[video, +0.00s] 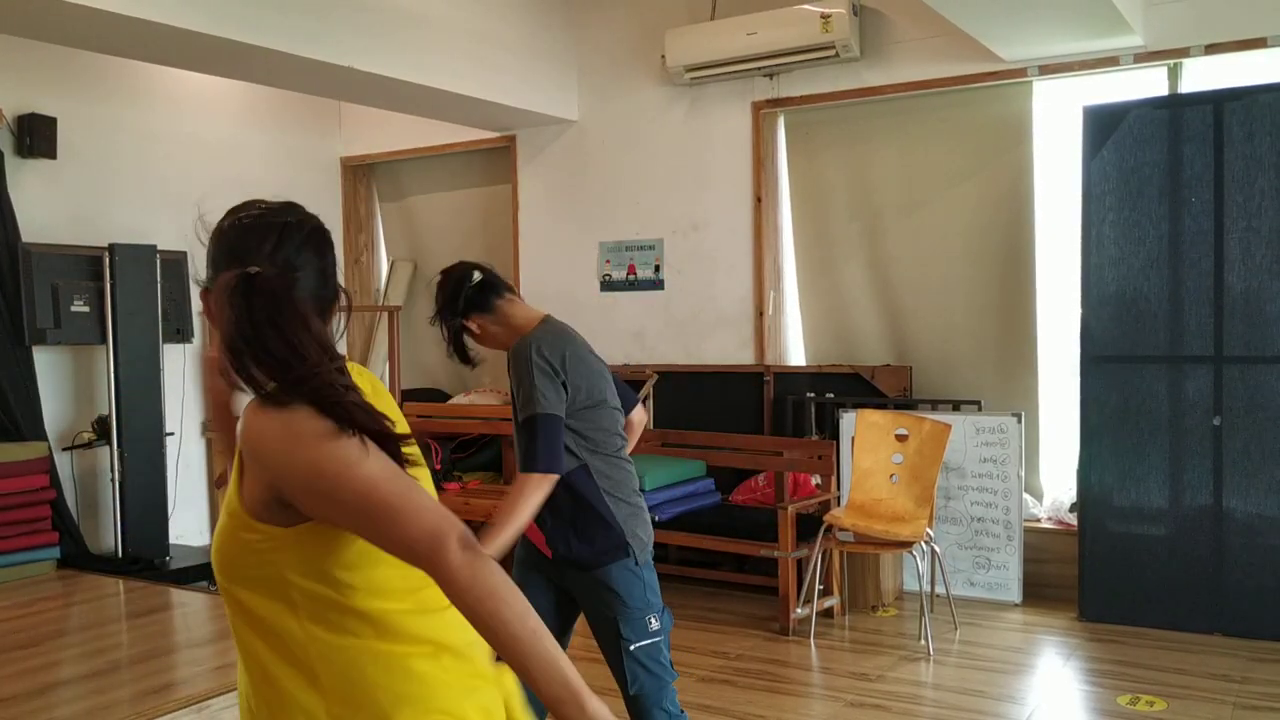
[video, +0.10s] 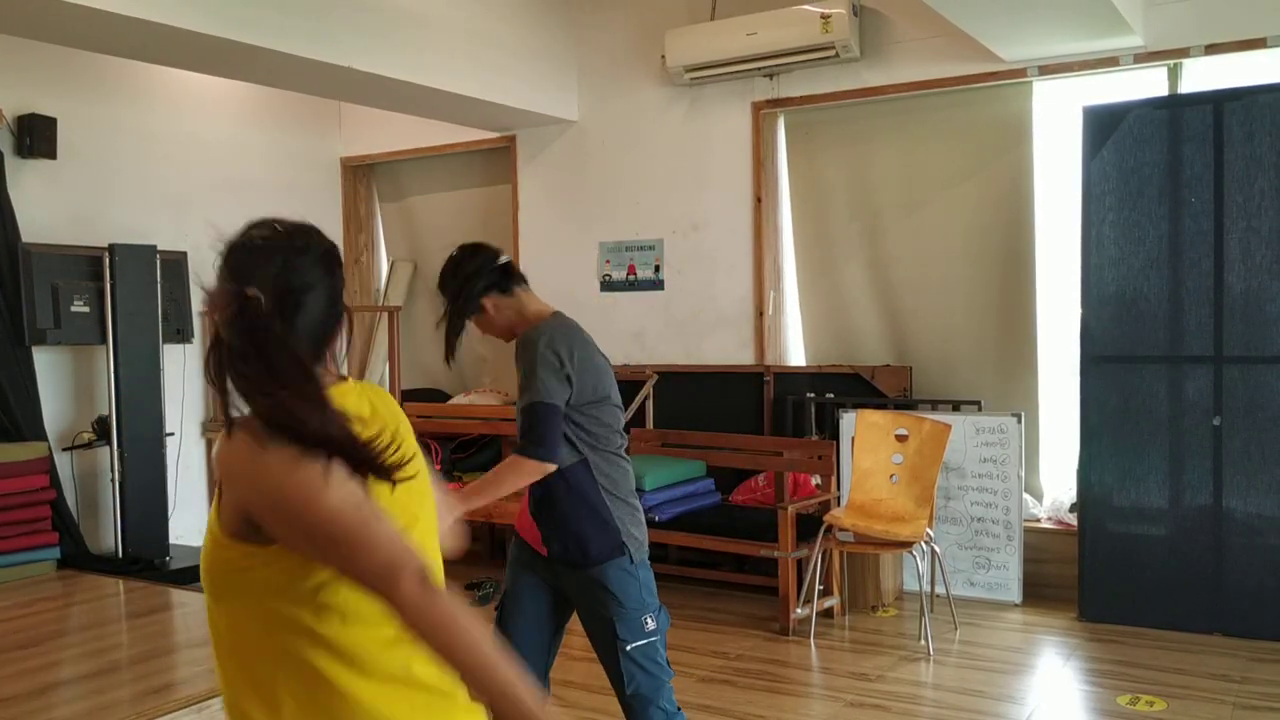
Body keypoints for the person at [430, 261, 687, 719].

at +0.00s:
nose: (477, 345)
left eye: (469, 336)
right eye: (471, 338)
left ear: (473, 324)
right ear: (512, 293)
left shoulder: (534, 350)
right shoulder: (558, 338)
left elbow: (541, 469)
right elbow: (635, 412)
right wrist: (600, 481)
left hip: (608, 541)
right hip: (550, 539)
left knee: (649, 693)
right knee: (519, 680)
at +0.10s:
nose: (480, 329)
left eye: (474, 317)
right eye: (473, 319)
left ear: (487, 303)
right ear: (508, 282)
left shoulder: (549, 342)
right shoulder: (545, 339)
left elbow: (542, 453)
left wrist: (454, 503)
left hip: (604, 546)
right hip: (542, 541)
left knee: (648, 701)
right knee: (512, 689)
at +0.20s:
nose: (474, 311)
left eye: (476, 294)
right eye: (469, 298)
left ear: (513, 278)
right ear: (511, 282)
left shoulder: (554, 337)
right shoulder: (540, 340)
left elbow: (576, 443)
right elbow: (568, 444)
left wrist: (494, 487)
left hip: (603, 542)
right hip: (542, 543)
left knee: (646, 700)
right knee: (512, 694)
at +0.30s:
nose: (496, 291)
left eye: (508, 276)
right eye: (489, 279)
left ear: (546, 273)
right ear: (485, 281)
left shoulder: (572, 340)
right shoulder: (531, 344)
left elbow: (651, 422)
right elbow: (550, 435)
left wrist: (573, 485)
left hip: (604, 547)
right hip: (543, 545)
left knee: (653, 702)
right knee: (505, 696)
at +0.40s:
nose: (553, 276)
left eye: (567, 263)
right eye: (545, 264)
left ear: (602, 270)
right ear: (536, 271)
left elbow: (703, 401)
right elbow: (489, 440)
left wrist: (653, 460)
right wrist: (498, 507)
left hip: (611, 554)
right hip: (524, 555)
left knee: (654, 704)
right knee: (504, 704)